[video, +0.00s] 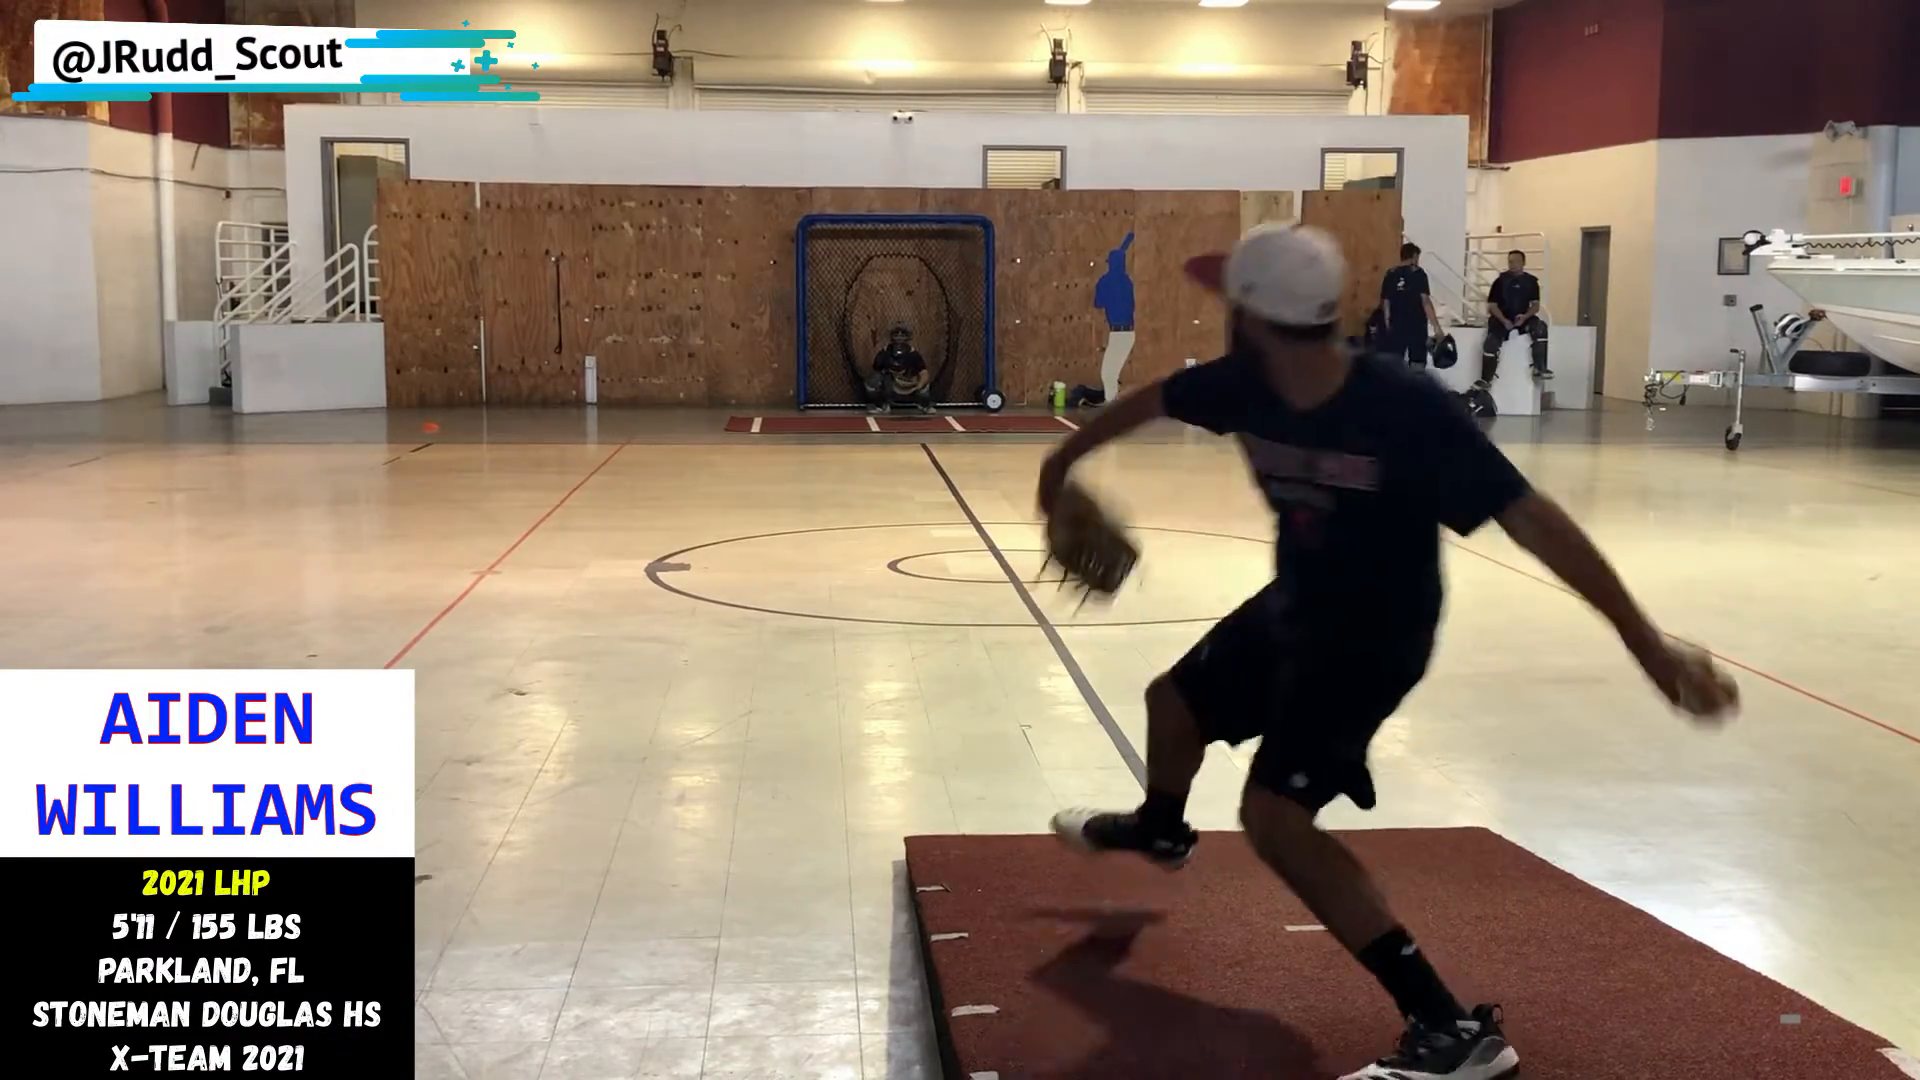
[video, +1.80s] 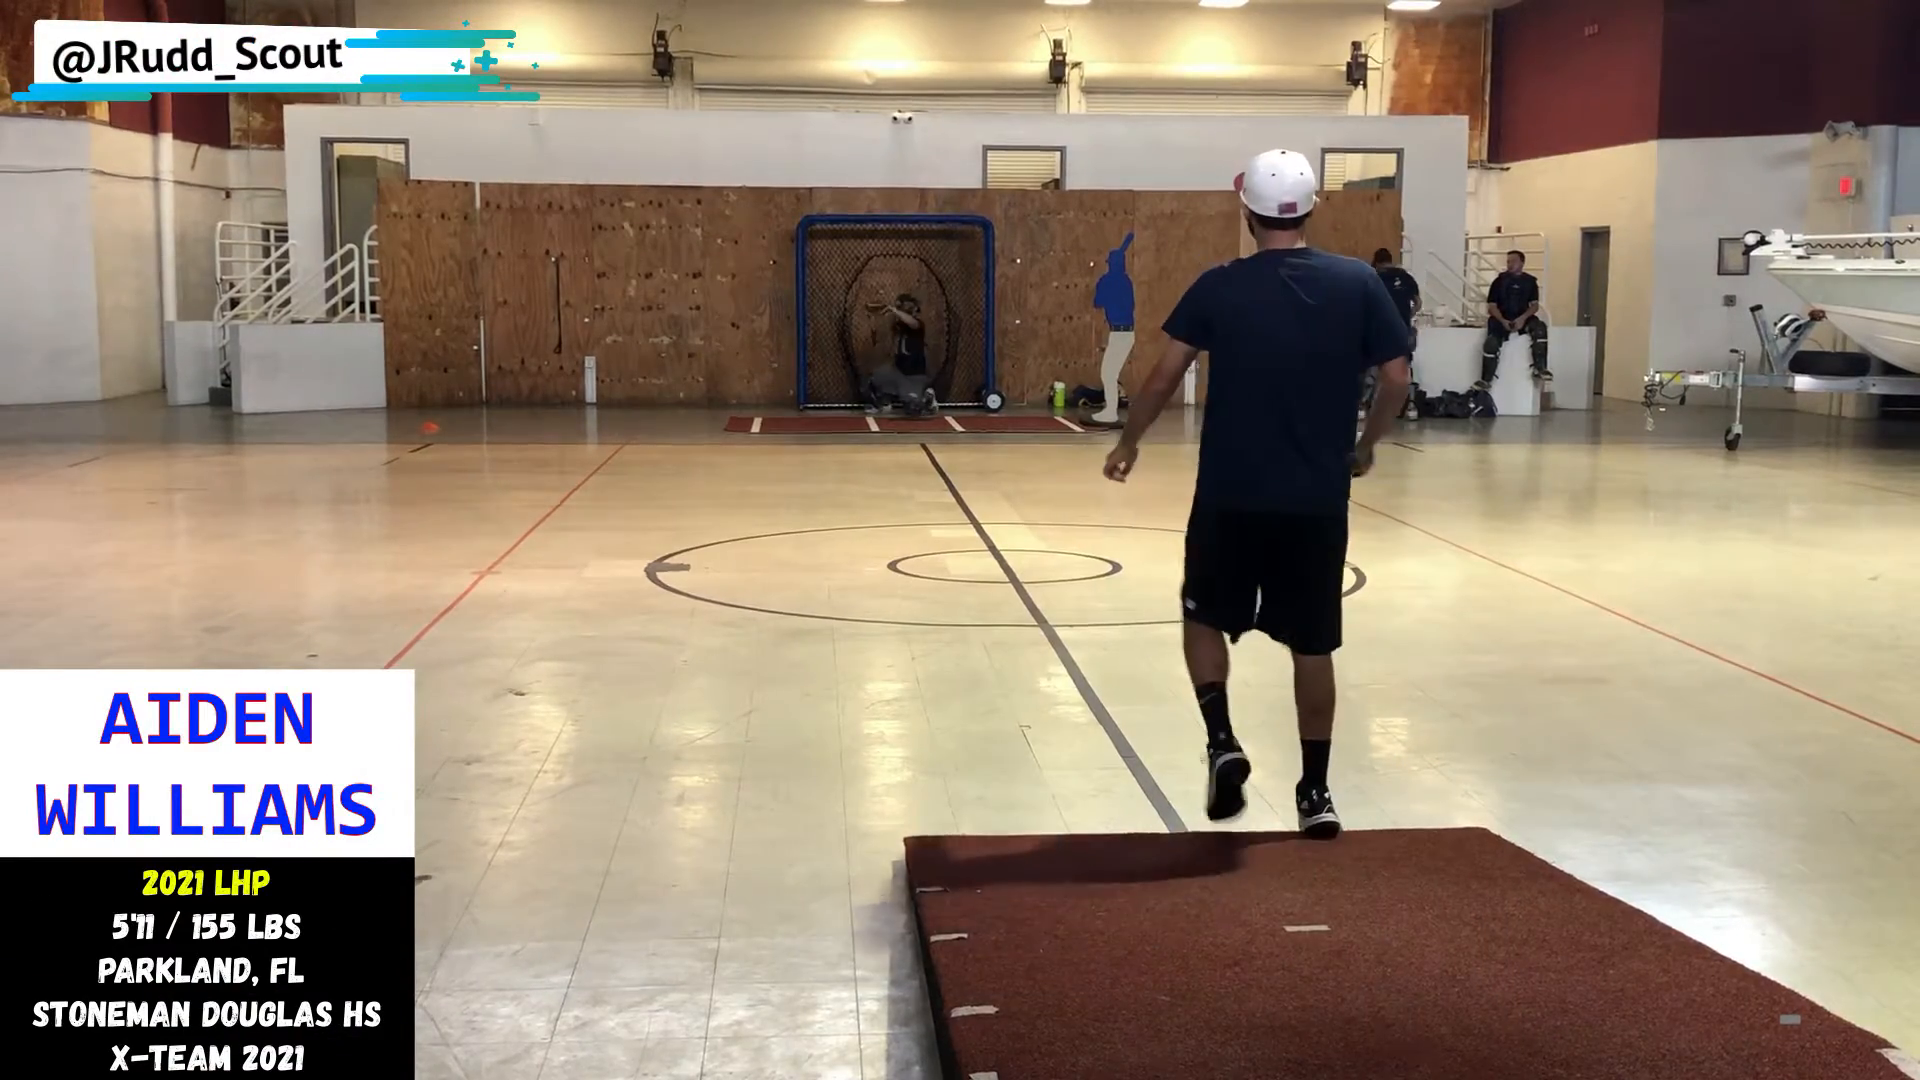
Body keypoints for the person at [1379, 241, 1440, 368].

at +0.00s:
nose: (1418, 260)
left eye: (1418, 257)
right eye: (1417, 257)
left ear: (1402, 256)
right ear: (1414, 256)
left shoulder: (1391, 273)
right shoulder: (1418, 273)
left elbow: (1386, 302)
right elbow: (1425, 300)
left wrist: (1387, 324)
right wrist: (1436, 327)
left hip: (1396, 327)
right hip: (1416, 328)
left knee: (1394, 366)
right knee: (1417, 368)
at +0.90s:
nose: (1395, 270)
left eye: (1394, 266)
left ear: (1394, 265)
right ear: (1410, 263)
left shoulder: (1389, 280)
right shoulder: (1418, 274)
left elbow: (1386, 308)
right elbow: (1427, 298)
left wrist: (1388, 328)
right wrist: (1437, 323)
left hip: (1398, 330)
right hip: (1418, 329)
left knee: (1393, 370)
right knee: (1418, 369)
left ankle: (1392, 408)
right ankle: (1414, 408)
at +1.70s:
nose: (1387, 266)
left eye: (1386, 264)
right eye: (1389, 263)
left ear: (1383, 263)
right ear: (1399, 261)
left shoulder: (1380, 280)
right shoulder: (1410, 275)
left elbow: (1374, 303)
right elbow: (1424, 303)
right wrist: (1416, 321)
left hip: (1386, 327)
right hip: (1407, 326)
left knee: (1386, 367)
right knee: (1406, 366)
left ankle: (1387, 405)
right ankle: (1411, 404)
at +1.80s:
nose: (1376, 266)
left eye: (1375, 263)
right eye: (1379, 263)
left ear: (1376, 262)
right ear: (1391, 260)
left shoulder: (1372, 278)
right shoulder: (1404, 276)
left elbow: (1366, 304)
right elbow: (1418, 302)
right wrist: (1410, 315)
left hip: (1380, 329)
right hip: (1402, 329)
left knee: (1378, 368)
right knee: (1404, 368)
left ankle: (1374, 404)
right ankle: (1407, 405)